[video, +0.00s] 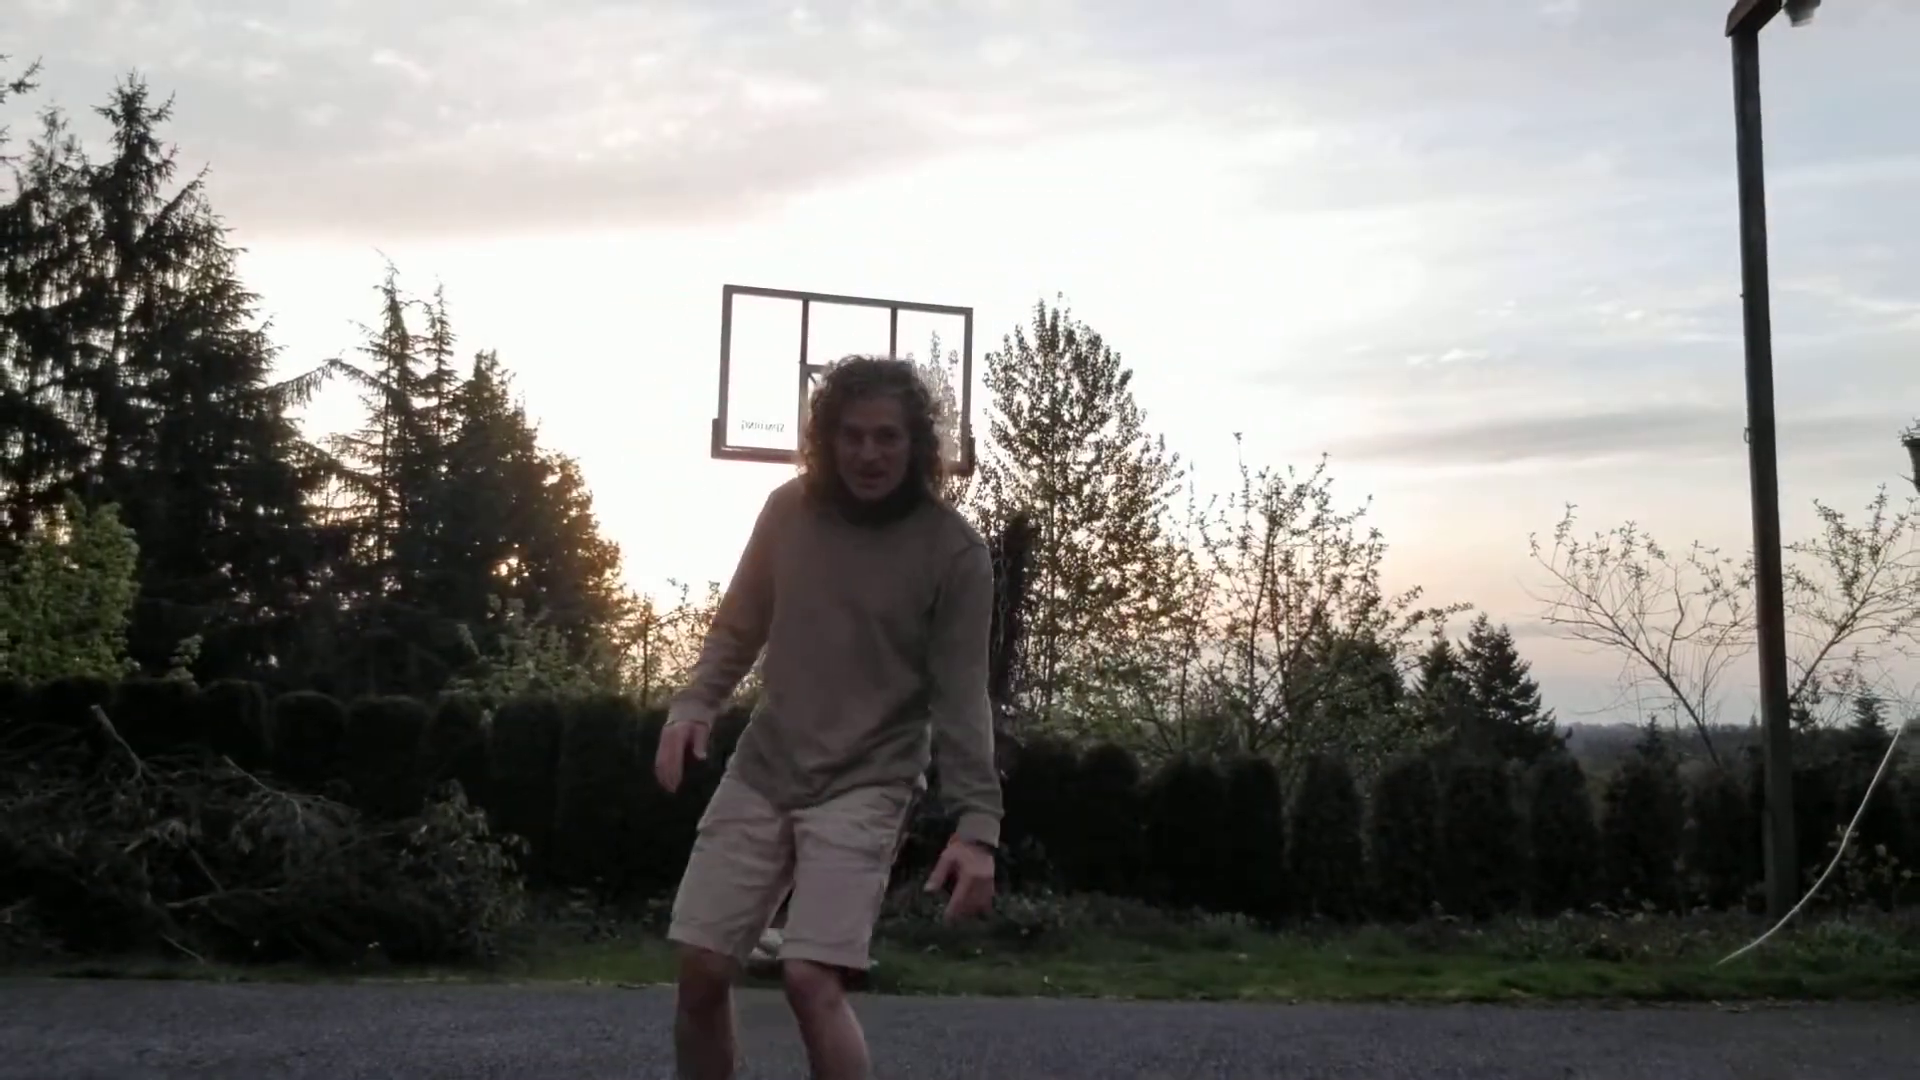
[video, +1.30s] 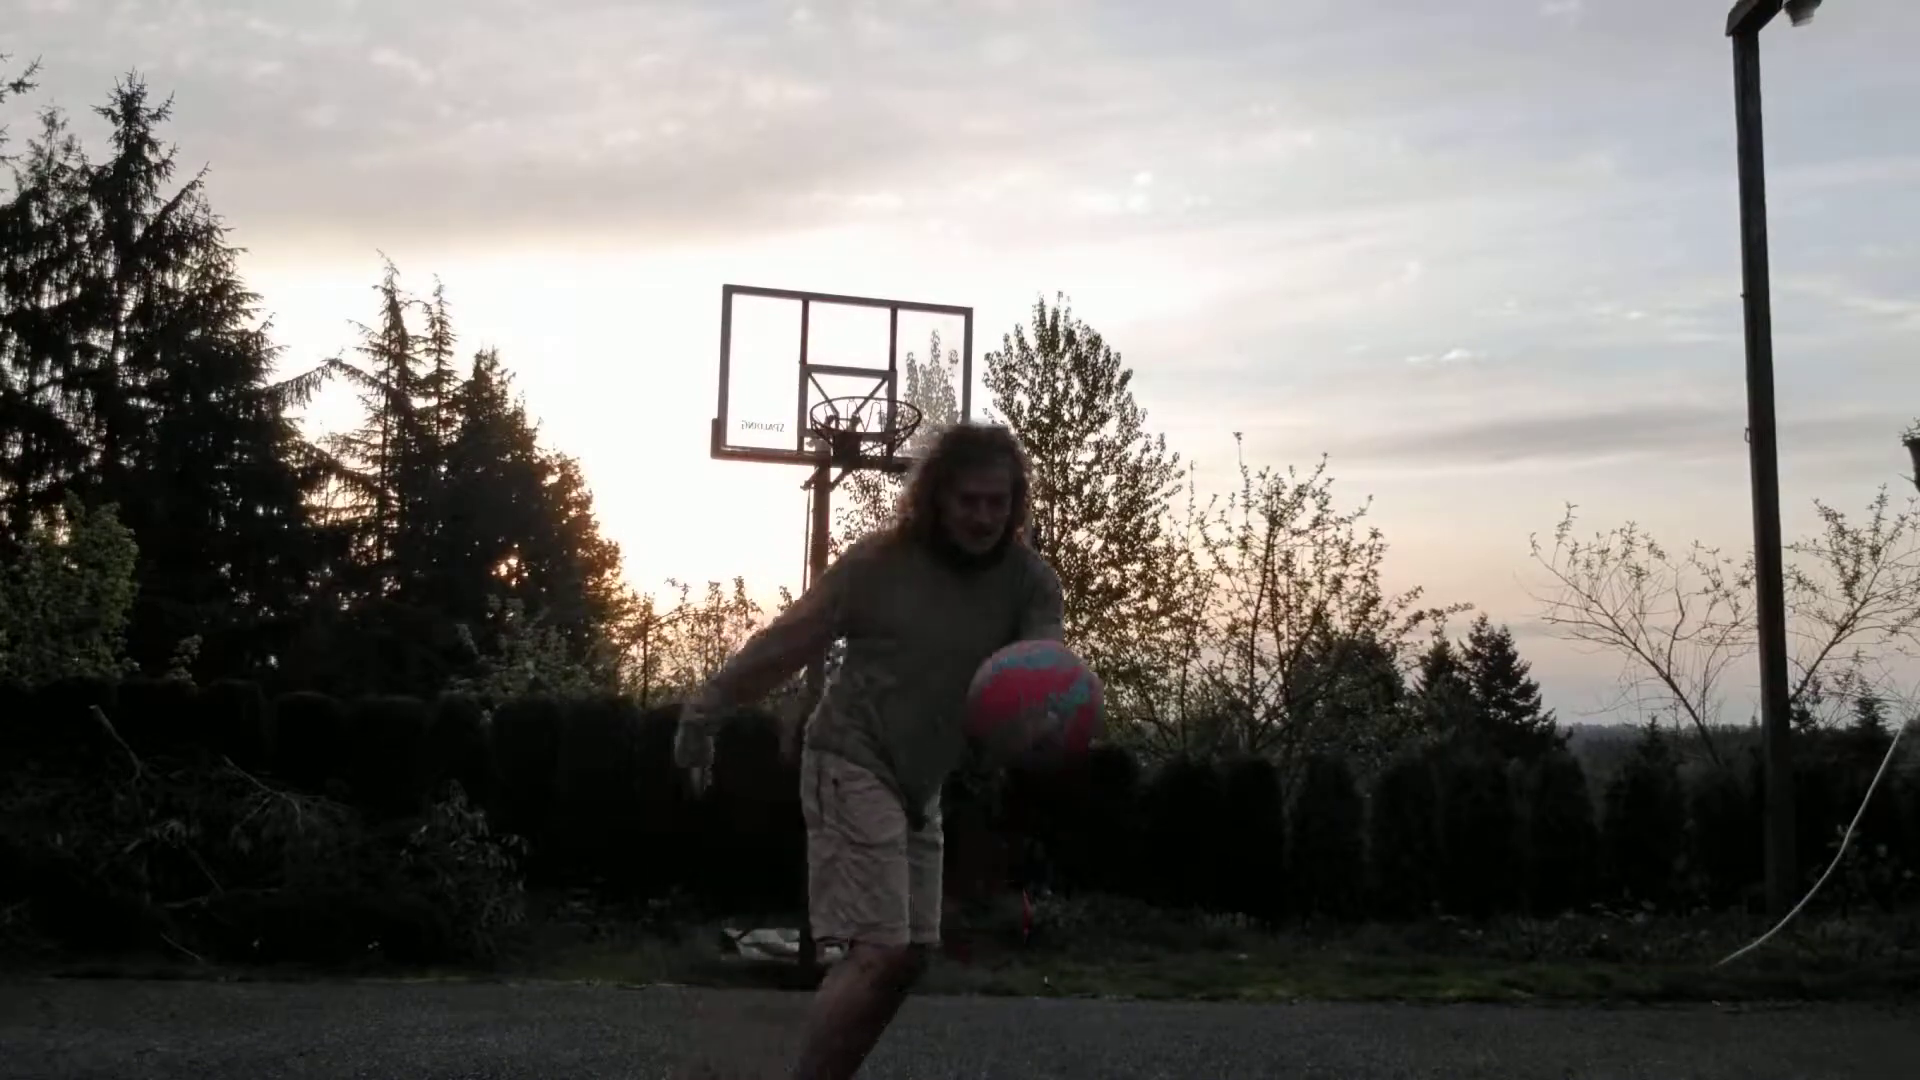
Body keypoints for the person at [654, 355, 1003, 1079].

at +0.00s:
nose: (870, 453)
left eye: (889, 436)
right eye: (853, 434)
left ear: (917, 444)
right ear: (826, 438)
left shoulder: (953, 549)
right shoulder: (789, 511)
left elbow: (963, 696)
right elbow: (737, 628)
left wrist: (977, 825)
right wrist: (694, 704)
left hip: (868, 783)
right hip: (763, 768)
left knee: (810, 975)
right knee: (701, 971)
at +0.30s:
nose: (840, 444)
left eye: (857, 428)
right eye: (823, 427)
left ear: (882, 437)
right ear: (798, 434)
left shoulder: (912, 527)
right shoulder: (757, 524)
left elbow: (948, 639)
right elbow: (710, 645)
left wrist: (995, 720)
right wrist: (692, 640)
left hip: (870, 777)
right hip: (761, 768)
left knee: (857, 976)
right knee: (726, 964)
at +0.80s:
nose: (832, 510)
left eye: (848, 496)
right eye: (818, 493)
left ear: (871, 502)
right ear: (790, 495)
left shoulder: (889, 578)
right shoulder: (752, 568)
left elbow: (953, 672)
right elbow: (662, 660)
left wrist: (1031, 757)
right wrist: (641, 738)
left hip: (804, 804)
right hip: (722, 783)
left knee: (774, 985)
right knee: (686, 957)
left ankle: (700, 1073)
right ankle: (604, 1073)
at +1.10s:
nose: (899, 522)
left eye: (912, 507)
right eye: (883, 506)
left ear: (930, 507)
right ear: (853, 503)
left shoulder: (946, 586)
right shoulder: (798, 570)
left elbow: (979, 675)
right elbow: (717, 668)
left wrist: (1003, 733)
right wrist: (669, 762)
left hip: (841, 795)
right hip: (770, 771)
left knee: (814, 963)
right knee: (776, 954)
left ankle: (718, 1073)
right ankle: (686, 1074)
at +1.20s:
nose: (934, 518)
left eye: (949, 503)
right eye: (917, 502)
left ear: (968, 505)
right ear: (887, 499)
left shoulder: (985, 581)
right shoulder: (834, 565)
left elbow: (1004, 672)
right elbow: (749, 653)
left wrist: (1016, 710)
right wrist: (689, 737)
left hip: (877, 787)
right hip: (806, 767)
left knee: (850, 960)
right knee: (831, 954)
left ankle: (746, 1068)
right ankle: (735, 1073)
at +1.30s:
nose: (984, 516)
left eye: (998, 501)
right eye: (968, 500)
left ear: (1015, 504)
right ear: (937, 498)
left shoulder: (1030, 583)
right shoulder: (879, 565)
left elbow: (1045, 686)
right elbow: (787, 643)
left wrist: (1042, 732)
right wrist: (704, 708)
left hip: (923, 778)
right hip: (850, 761)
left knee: (909, 955)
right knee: (878, 951)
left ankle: (827, 1071)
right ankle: (809, 1075)